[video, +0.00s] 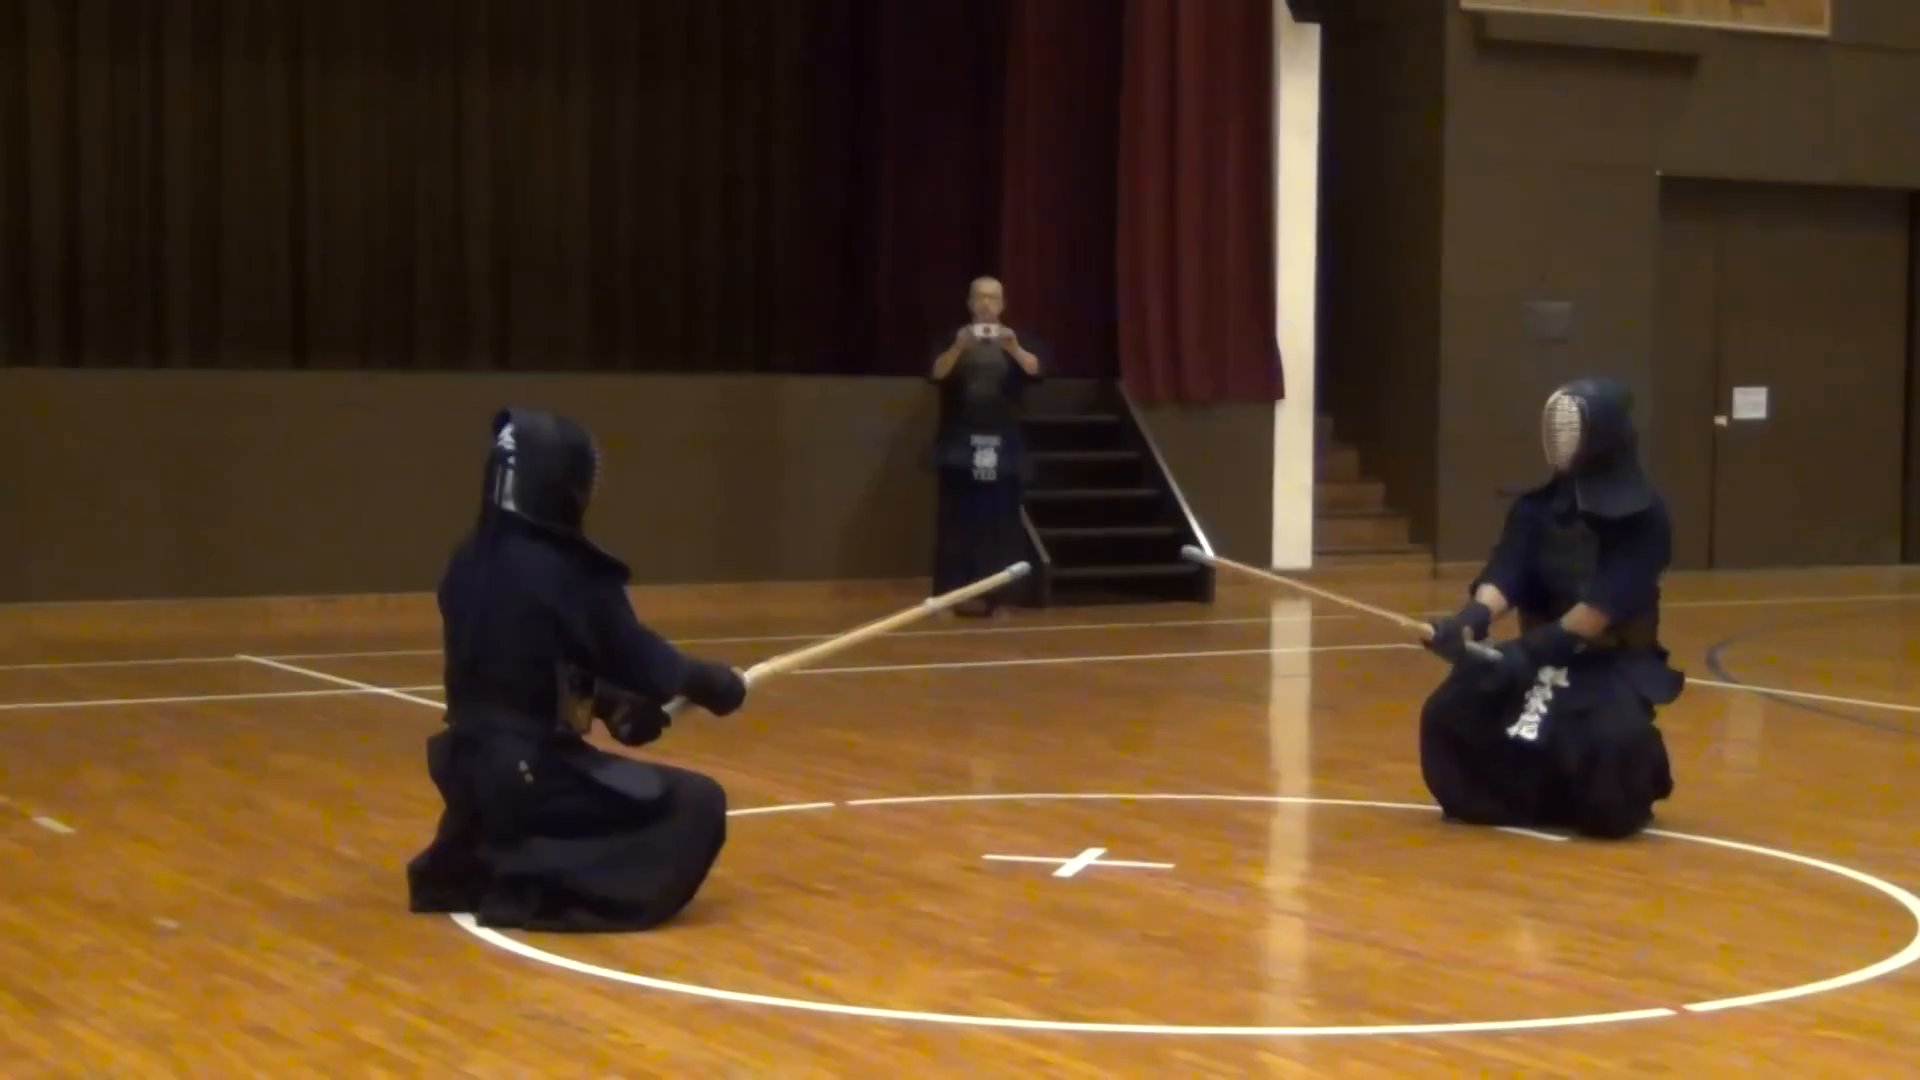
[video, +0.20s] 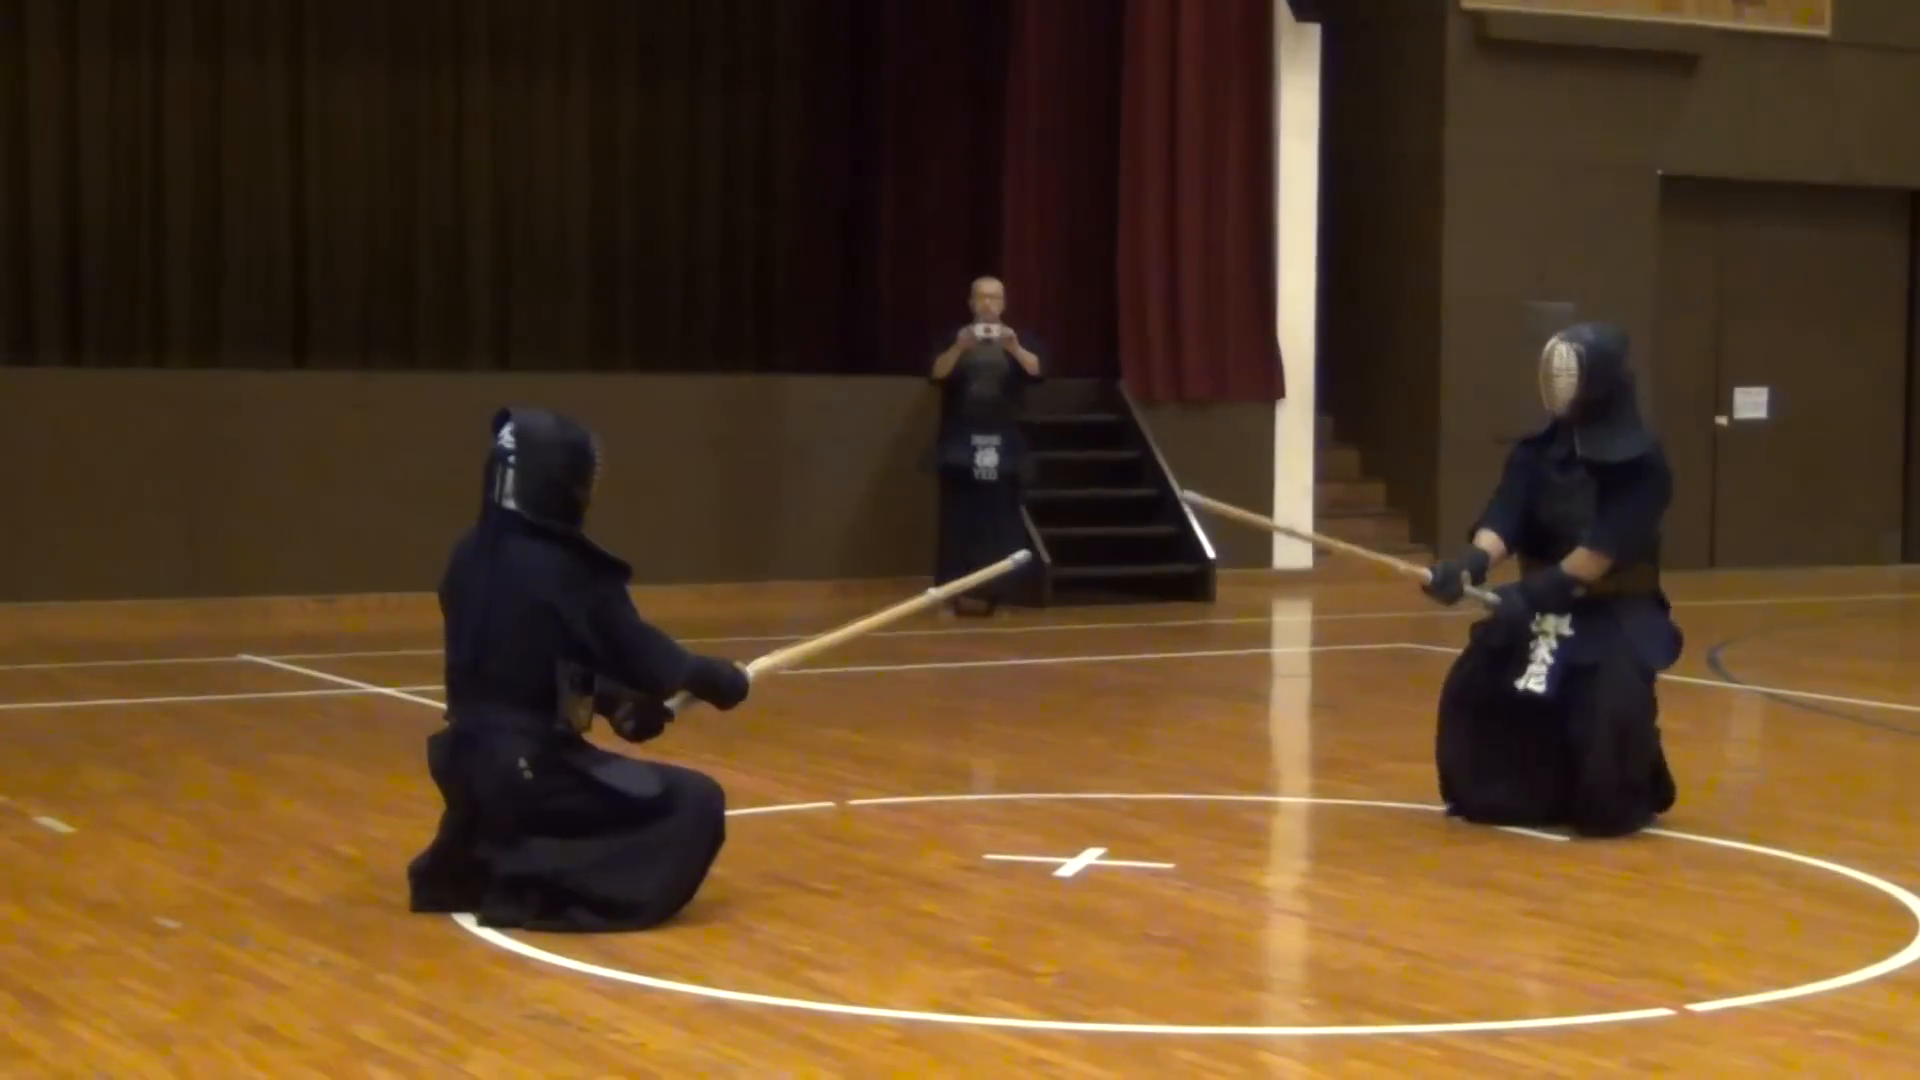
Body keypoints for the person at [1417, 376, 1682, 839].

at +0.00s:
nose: (1556, 439)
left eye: (1569, 428)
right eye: (1553, 427)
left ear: (1602, 434)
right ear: (1547, 429)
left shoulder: (1639, 515)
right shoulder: (1534, 508)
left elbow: (1603, 608)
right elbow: (1506, 575)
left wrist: (1524, 653)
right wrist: (1469, 619)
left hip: (1610, 666)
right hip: (1535, 658)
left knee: (1616, 740)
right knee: (1449, 714)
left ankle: (1613, 810)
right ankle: (1484, 800)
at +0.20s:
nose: (1554, 384)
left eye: (1566, 373)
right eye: (1549, 372)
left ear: (1599, 380)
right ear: (1544, 376)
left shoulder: (1636, 460)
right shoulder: (1536, 452)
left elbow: (1599, 555)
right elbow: (1504, 520)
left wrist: (1525, 595)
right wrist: (1469, 565)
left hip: (1616, 612)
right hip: (1539, 605)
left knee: (1606, 699)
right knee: (1470, 686)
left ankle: (1610, 806)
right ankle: (1487, 796)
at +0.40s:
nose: (1547, 329)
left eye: (1560, 318)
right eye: (1544, 317)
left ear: (1595, 324)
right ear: (1541, 322)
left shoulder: (1634, 402)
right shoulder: (1533, 397)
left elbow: (1600, 493)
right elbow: (1501, 462)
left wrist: (1531, 535)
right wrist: (1467, 506)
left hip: (1614, 565)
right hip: (1543, 559)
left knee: (1602, 674)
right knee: (1496, 664)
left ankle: (1603, 801)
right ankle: (1507, 793)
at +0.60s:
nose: (1547, 295)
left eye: (1560, 284)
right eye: (1543, 283)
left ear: (1595, 287)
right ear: (1540, 287)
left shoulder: (1631, 364)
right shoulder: (1533, 360)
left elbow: (1604, 454)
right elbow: (1501, 423)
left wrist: (1532, 495)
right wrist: (1467, 466)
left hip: (1618, 530)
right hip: (1548, 527)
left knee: (1615, 656)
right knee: (1533, 649)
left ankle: (1649, 792)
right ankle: (1562, 782)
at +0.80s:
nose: (1550, 291)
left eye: (1564, 281)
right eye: (1547, 279)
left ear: (1599, 285)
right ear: (1545, 282)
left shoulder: (1635, 363)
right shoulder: (1538, 355)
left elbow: (1603, 452)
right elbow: (1501, 417)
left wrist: (1528, 491)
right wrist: (1466, 456)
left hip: (1619, 527)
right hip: (1550, 523)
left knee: (1619, 654)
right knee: (1548, 650)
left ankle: (1650, 791)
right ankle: (1565, 786)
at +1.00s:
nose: (1559, 289)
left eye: (1571, 278)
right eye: (1556, 276)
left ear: (1607, 283)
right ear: (1555, 280)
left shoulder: (1641, 360)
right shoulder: (1546, 352)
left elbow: (1605, 446)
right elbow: (1513, 419)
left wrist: (1528, 490)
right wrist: (1471, 458)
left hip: (1622, 522)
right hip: (1554, 518)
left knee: (1620, 653)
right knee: (1536, 644)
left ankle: (1642, 788)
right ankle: (1561, 781)